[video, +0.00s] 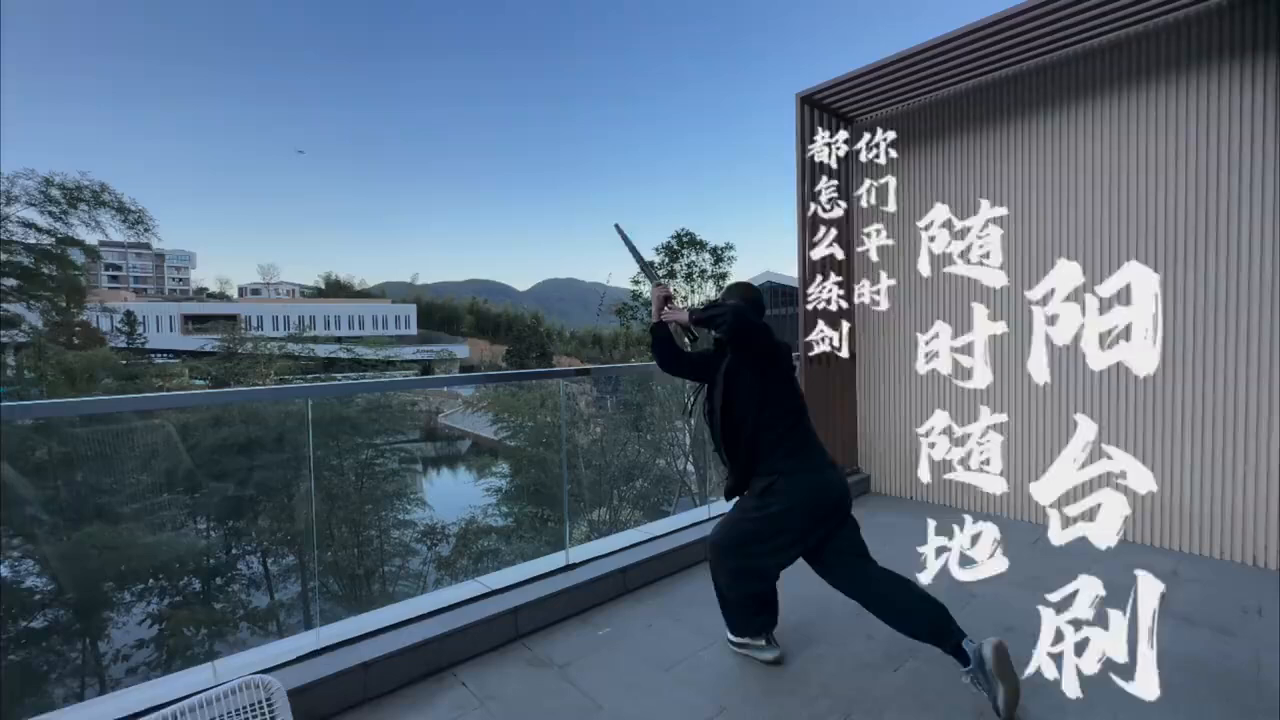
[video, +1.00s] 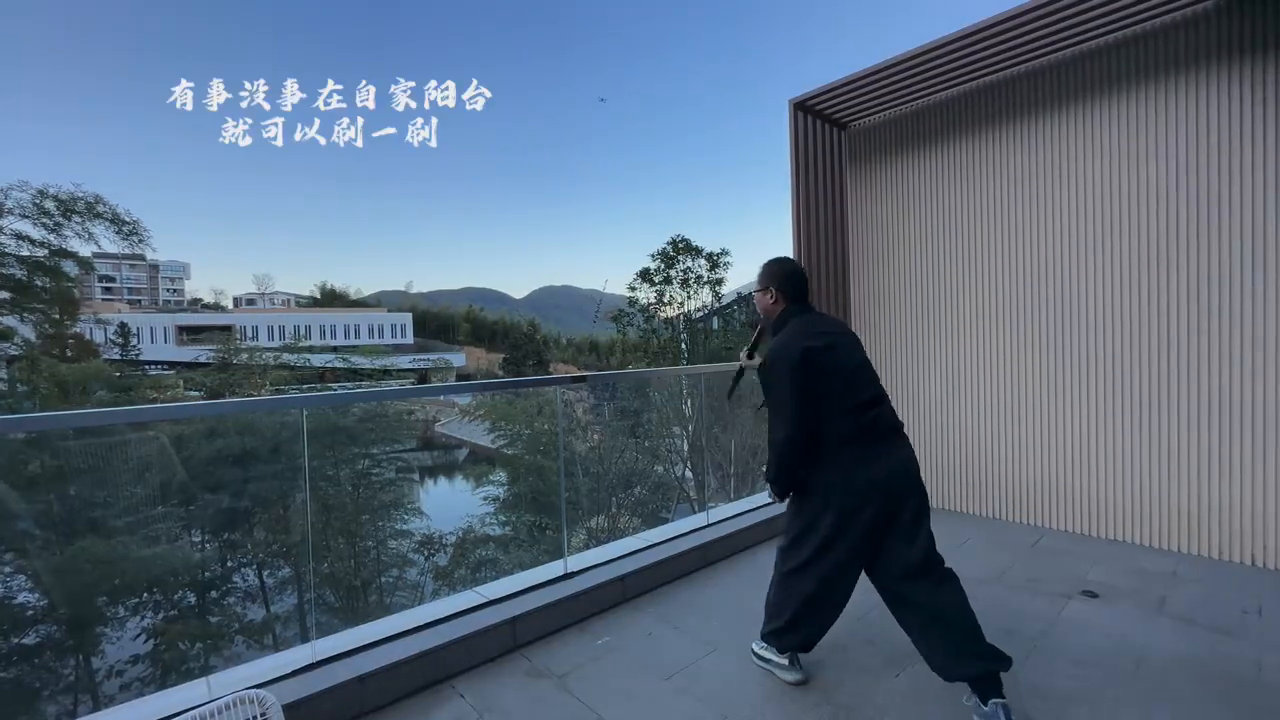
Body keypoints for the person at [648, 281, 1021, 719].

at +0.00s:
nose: (712, 316)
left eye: (717, 310)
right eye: (717, 311)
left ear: (734, 314)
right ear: (750, 314)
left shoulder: (758, 347)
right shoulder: (721, 362)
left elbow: (736, 316)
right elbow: (674, 362)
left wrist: (687, 318)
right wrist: (658, 320)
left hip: (790, 486)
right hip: (812, 485)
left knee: (729, 546)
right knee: (863, 578)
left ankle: (754, 635)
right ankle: (970, 654)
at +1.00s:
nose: (754, 301)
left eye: (758, 293)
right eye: (756, 293)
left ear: (775, 297)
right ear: (797, 296)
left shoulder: (784, 349)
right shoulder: (836, 330)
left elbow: (790, 430)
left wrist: (779, 482)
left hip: (838, 481)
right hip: (894, 470)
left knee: (803, 560)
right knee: (923, 576)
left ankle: (780, 645)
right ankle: (988, 688)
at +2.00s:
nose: (867, 312)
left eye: (870, 303)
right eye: (869, 303)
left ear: (887, 308)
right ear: (921, 307)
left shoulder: (878, 366)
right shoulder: (971, 360)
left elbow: (812, 401)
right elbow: (983, 406)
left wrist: (820, 362)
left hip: (887, 509)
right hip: (955, 514)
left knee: (818, 555)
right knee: (945, 607)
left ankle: (784, 646)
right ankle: (988, 705)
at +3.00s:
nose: (791, 316)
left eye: (794, 309)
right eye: (793, 308)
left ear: (808, 314)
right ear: (843, 313)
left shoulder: (791, 367)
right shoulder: (890, 347)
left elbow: (735, 399)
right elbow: (947, 393)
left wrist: (749, 420)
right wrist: (915, 432)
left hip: (834, 501)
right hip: (904, 496)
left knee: (792, 560)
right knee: (935, 591)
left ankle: (770, 644)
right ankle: (988, 700)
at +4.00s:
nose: (864, 298)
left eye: (870, 290)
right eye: (865, 291)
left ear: (892, 294)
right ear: (900, 298)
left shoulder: (920, 341)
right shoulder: (880, 352)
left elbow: (865, 327)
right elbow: (830, 392)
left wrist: (825, 309)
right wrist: (801, 344)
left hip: (875, 498)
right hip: (916, 501)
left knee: (807, 559)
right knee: (924, 613)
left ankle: (773, 644)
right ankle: (1006, 704)